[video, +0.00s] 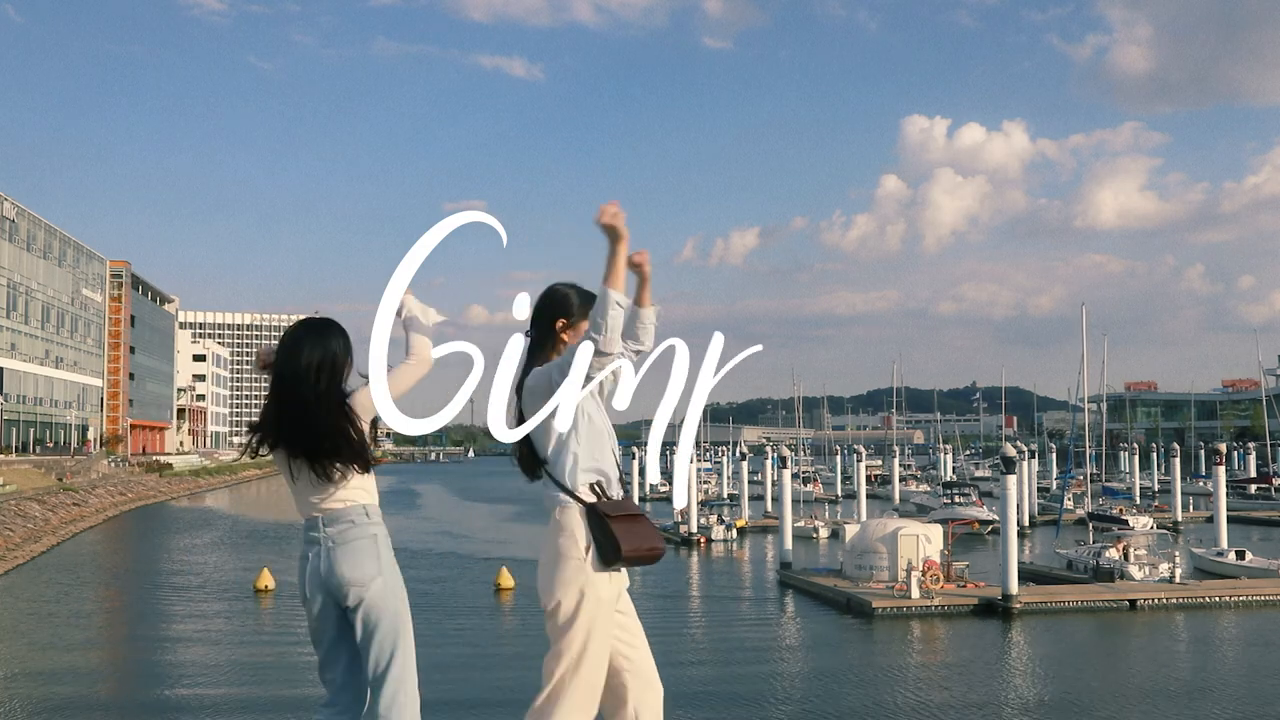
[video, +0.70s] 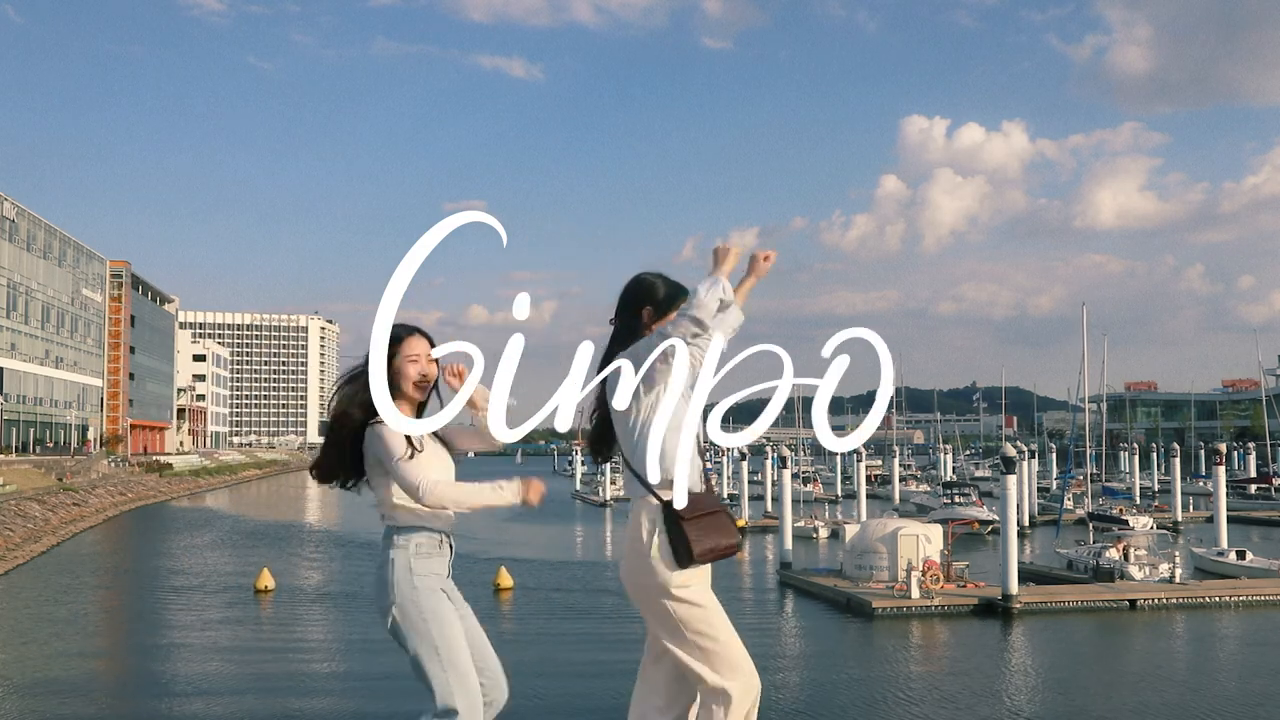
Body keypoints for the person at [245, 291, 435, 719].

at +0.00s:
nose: (352, 365)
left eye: (350, 357)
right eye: (349, 358)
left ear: (286, 368)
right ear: (340, 367)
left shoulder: (278, 423)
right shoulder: (354, 409)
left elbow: (288, 386)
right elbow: (421, 360)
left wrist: (280, 364)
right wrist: (414, 315)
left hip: (313, 554)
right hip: (361, 550)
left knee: (340, 691)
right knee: (394, 689)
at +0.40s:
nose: (394, 359)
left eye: (389, 351)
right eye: (388, 351)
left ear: (338, 363)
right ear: (383, 357)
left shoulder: (342, 412)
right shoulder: (388, 404)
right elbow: (445, 349)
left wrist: (332, 369)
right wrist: (431, 317)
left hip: (348, 567)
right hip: (383, 571)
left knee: (337, 701)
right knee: (454, 698)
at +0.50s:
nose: (406, 367)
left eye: (404, 358)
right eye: (396, 361)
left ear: (362, 374)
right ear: (375, 371)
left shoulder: (369, 424)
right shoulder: (389, 420)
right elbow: (453, 382)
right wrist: (432, 321)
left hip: (376, 575)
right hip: (397, 579)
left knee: (366, 708)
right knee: (462, 704)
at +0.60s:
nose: (410, 371)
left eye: (414, 361)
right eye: (398, 362)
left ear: (420, 367)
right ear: (373, 370)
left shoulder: (395, 424)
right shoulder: (376, 426)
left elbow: (472, 437)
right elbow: (440, 451)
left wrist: (486, 382)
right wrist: (478, 388)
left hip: (412, 577)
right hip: (407, 578)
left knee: (428, 700)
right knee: (465, 704)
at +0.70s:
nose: (426, 370)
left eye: (430, 359)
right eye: (413, 360)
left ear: (436, 367)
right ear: (386, 370)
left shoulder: (428, 425)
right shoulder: (384, 429)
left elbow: (493, 437)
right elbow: (428, 492)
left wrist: (472, 394)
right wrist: (514, 490)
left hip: (437, 571)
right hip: (411, 573)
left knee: (493, 692)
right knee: (460, 705)